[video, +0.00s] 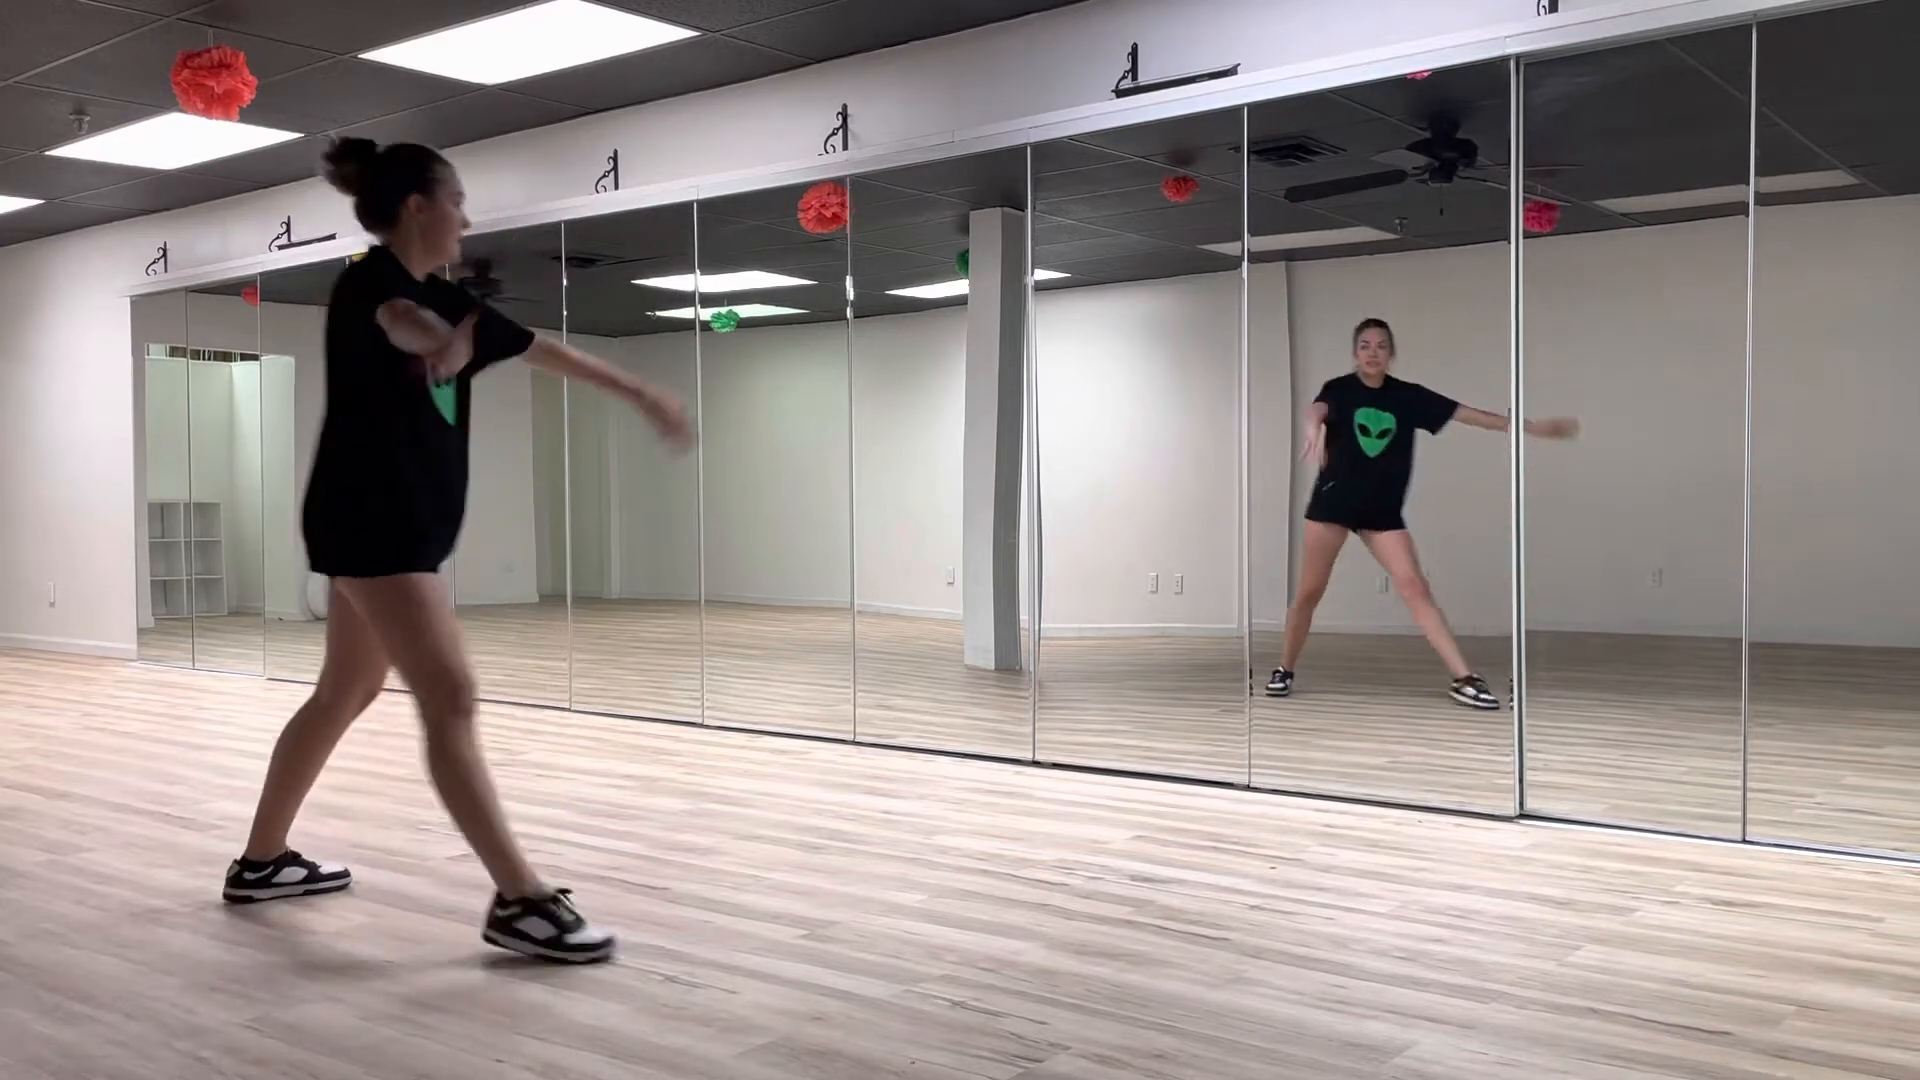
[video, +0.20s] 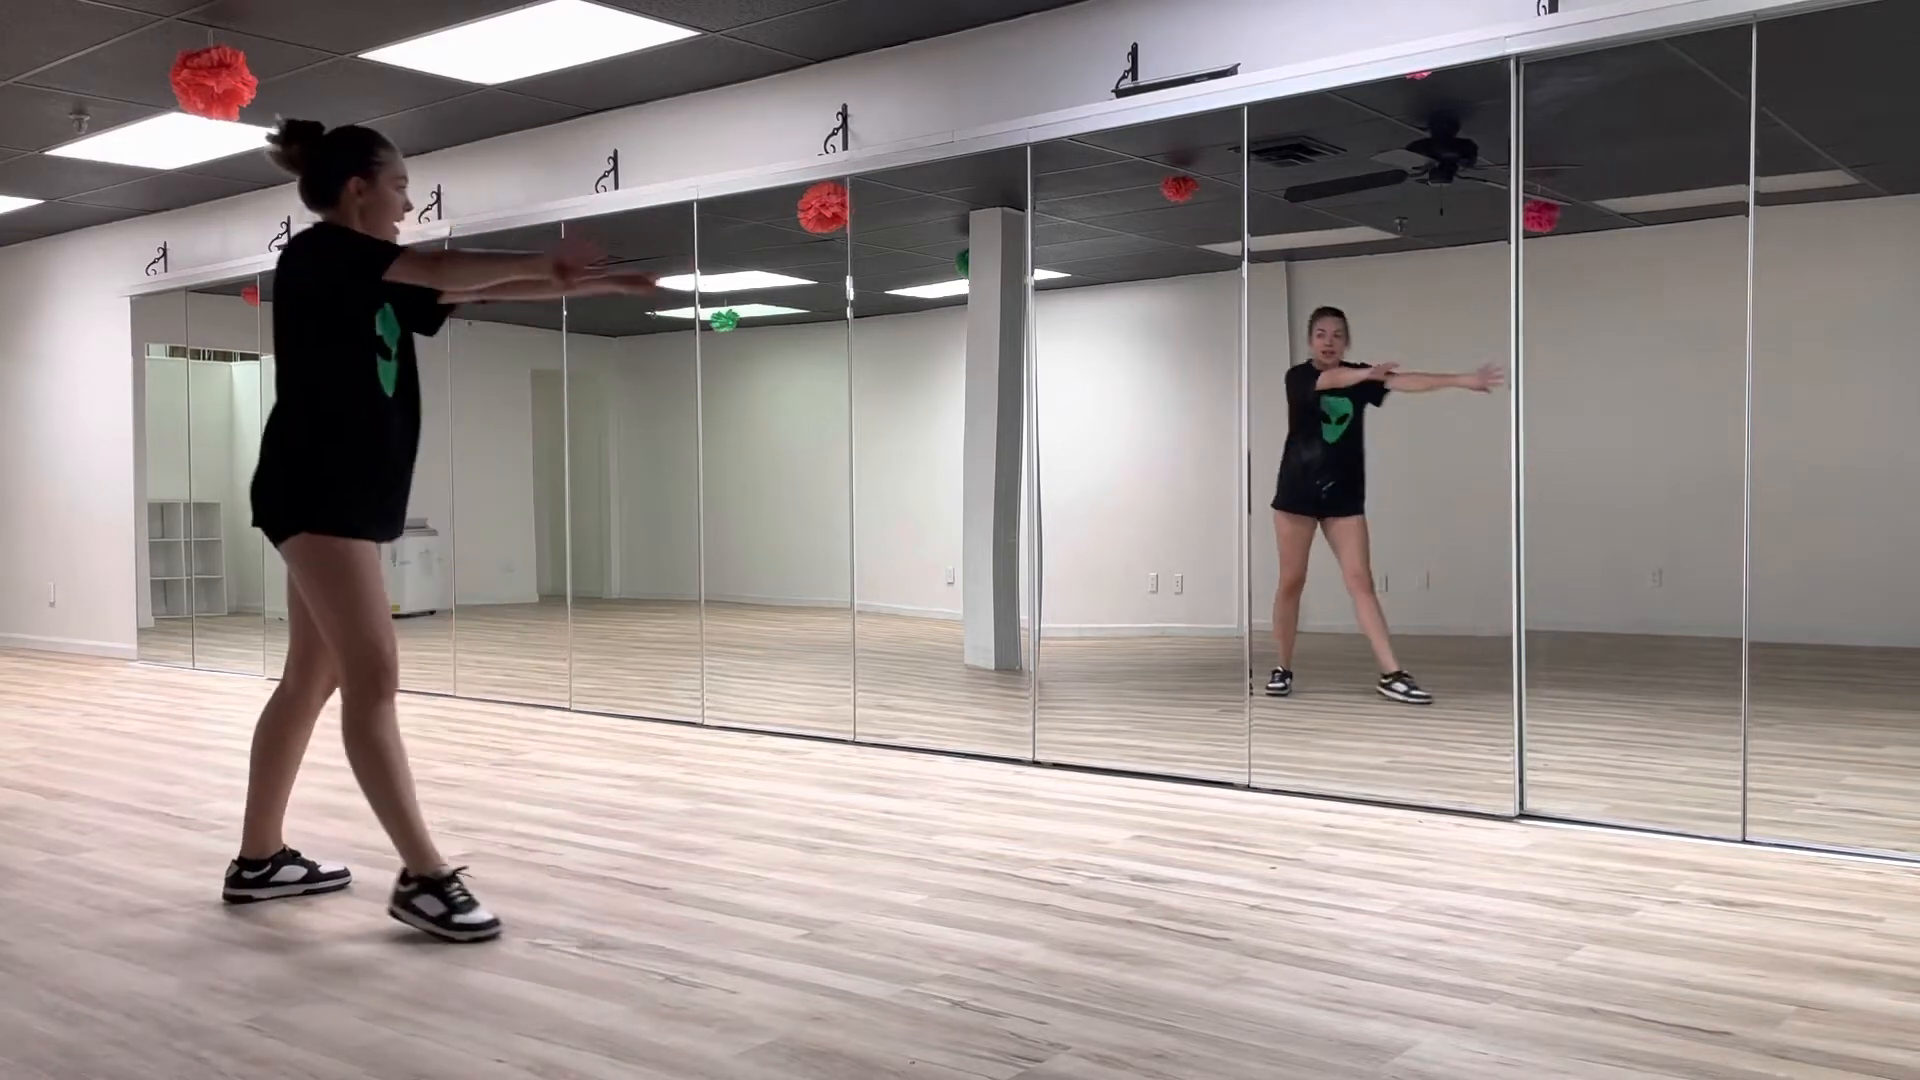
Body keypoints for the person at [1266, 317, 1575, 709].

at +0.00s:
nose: (1372, 351)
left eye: (1379, 345)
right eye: (1365, 344)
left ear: (1391, 352)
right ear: (1355, 351)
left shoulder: (1409, 396)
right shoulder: (1338, 389)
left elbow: (1472, 415)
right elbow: (1313, 414)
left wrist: (1532, 428)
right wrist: (1313, 431)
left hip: (1381, 509)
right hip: (1332, 503)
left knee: (1415, 589)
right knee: (1308, 592)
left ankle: (1464, 680)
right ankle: (1284, 671)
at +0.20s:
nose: (1328, 341)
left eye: (1337, 335)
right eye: (1321, 334)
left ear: (1346, 342)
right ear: (1309, 339)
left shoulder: (1359, 377)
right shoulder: (1298, 377)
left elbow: (1409, 381)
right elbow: (1331, 379)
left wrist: (1464, 380)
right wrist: (1369, 372)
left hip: (1343, 495)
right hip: (1296, 492)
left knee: (1360, 580)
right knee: (1290, 582)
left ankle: (1392, 674)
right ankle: (1282, 669)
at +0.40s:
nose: (1302, 338)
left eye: (1310, 333)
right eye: (1295, 331)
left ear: (1320, 340)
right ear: (1283, 336)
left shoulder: (1331, 375)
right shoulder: (1271, 374)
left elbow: (1381, 374)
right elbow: (1302, 386)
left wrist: (1371, 360)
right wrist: (1353, 357)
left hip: (1323, 489)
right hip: (1277, 490)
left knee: (1342, 574)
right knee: (1279, 579)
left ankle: (1347, 669)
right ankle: (1279, 668)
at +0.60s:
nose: (1289, 336)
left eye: (1298, 330)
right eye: (1282, 329)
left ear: (1307, 336)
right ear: (1271, 334)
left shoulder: (1321, 377)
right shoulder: (1256, 380)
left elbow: (1364, 420)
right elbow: (1239, 433)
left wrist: (1363, 370)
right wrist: (1256, 381)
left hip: (1314, 487)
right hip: (1268, 490)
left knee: (1341, 560)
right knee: (1274, 579)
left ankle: (1309, 630)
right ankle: (1277, 665)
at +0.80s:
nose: (1279, 341)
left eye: (1288, 335)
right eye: (1272, 334)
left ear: (1298, 341)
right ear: (1262, 338)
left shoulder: (1315, 382)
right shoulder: (1247, 386)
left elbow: (1325, 442)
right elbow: (1228, 449)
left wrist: (1357, 484)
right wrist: (1204, 500)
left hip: (1313, 491)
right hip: (1267, 495)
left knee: (1330, 570)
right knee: (1272, 580)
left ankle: (1305, 647)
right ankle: (1275, 666)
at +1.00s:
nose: (1276, 342)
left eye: (1284, 336)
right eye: (1269, 335)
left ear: (1296, 341)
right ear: (1259, 340)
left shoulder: (1316, 380)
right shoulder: (1245, 388)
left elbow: (1323, 441)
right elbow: (1245, 451)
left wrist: (1332, 496)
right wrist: (1243, 506)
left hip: (1313, 493)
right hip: (1265, 496)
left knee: (1323, 575)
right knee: (1271, 581)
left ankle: (1301, 650)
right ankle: (1274, 666)